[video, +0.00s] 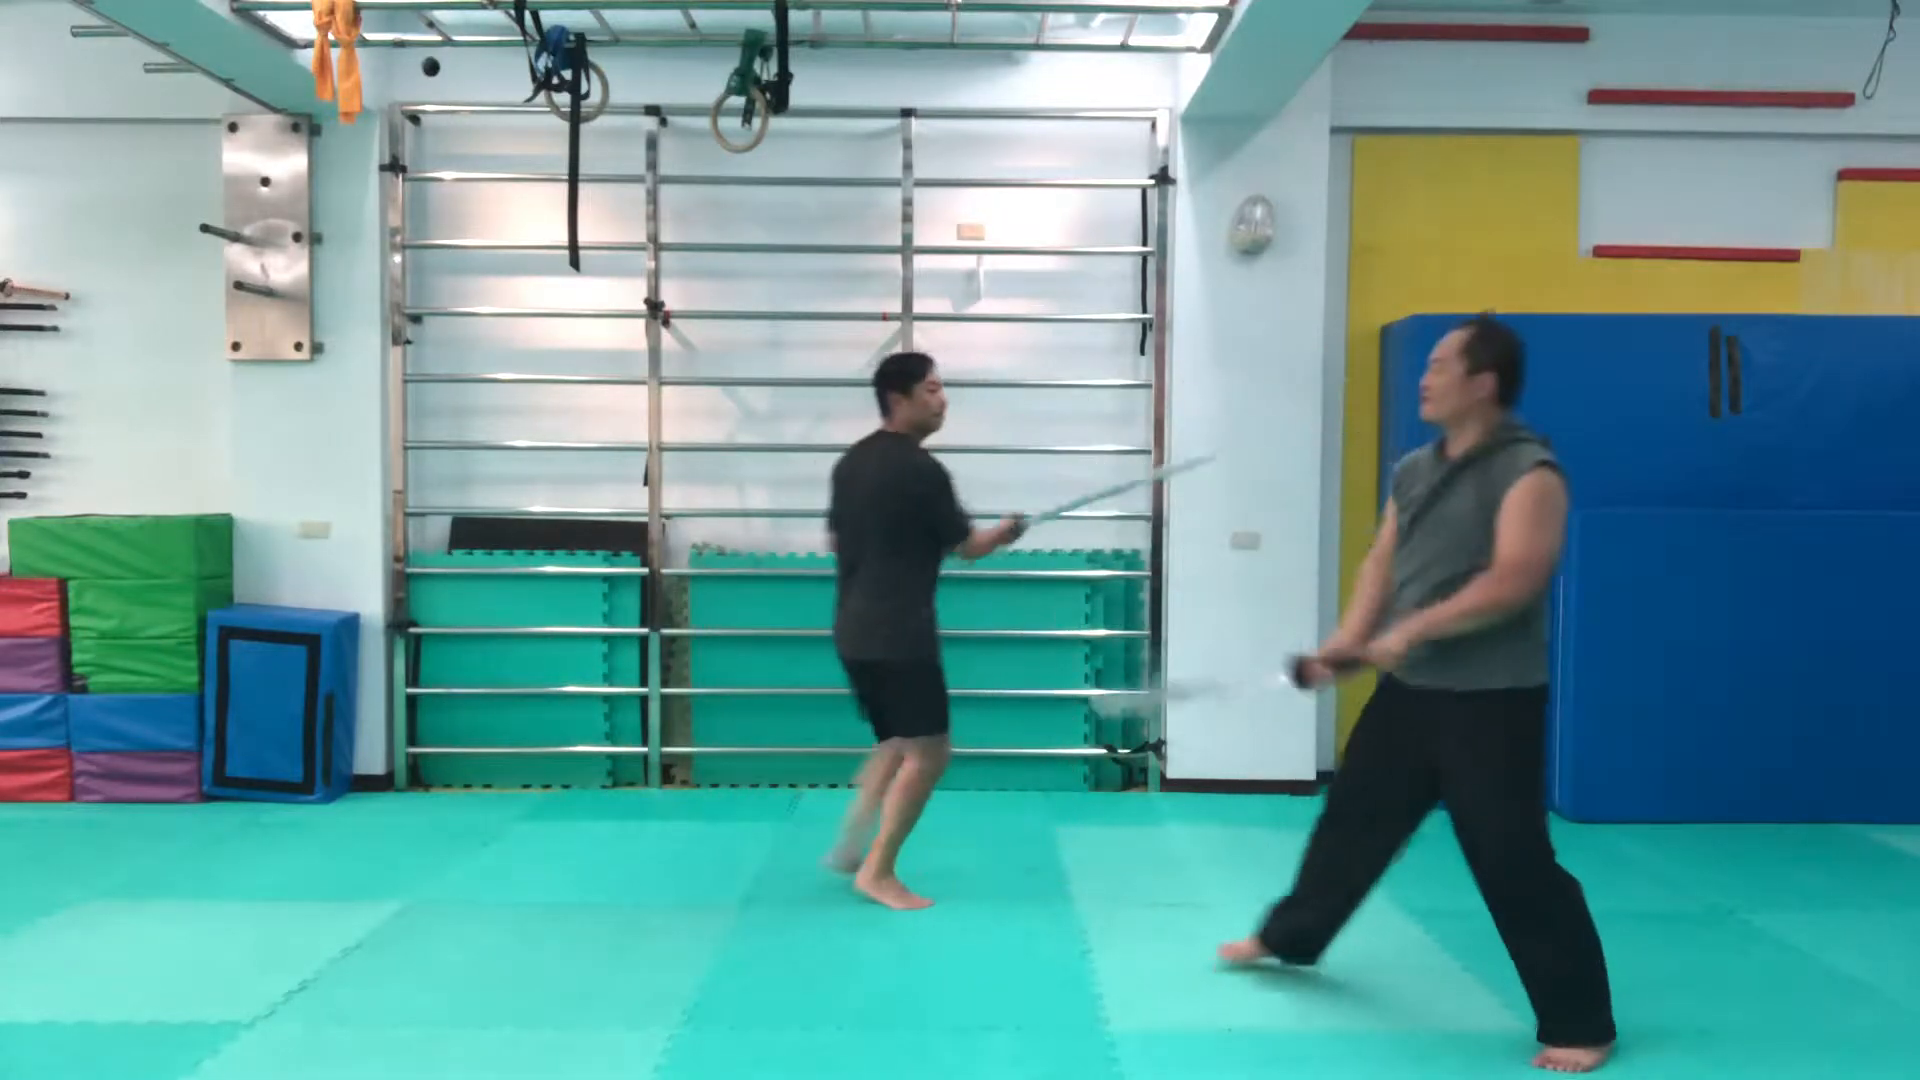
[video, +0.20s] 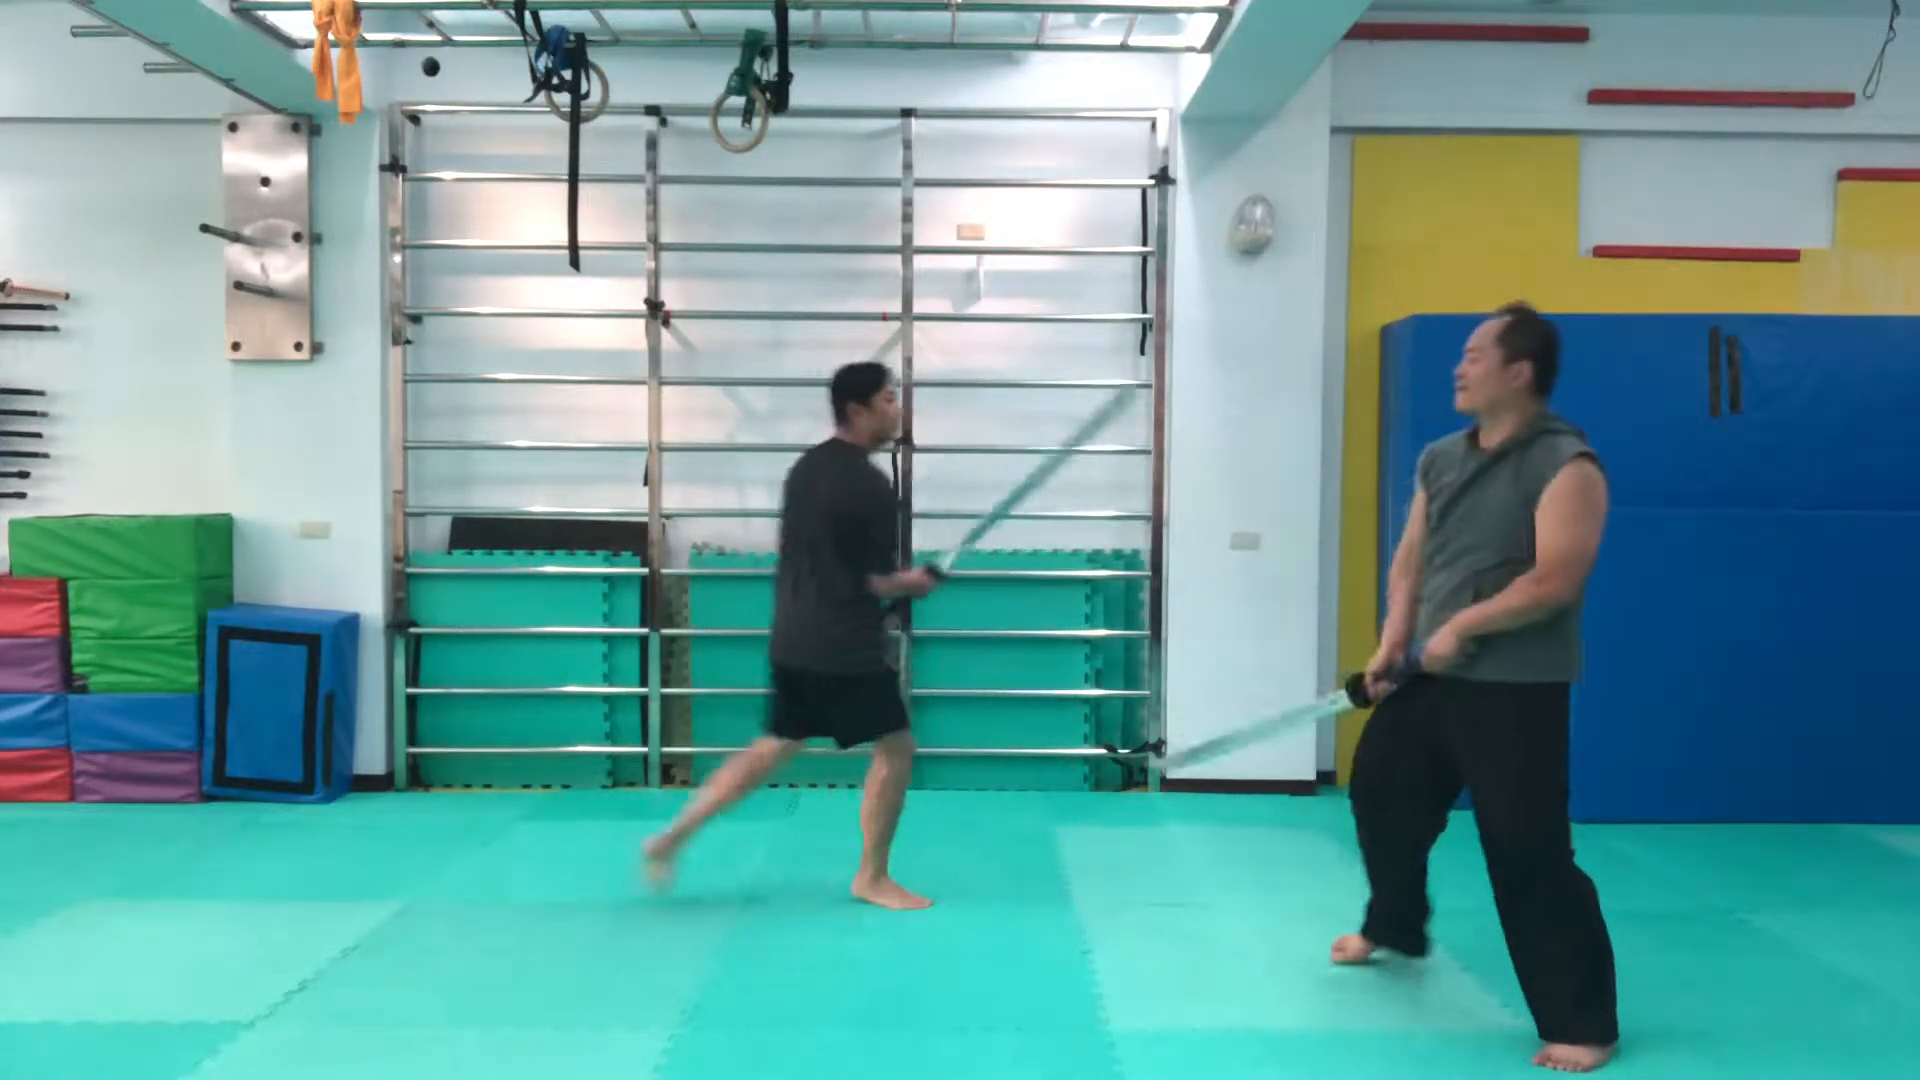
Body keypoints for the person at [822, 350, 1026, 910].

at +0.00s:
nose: (943, 398)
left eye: (940, 388)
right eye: (932, 391)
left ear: (894, 402)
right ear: (899, 400)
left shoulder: (851, 463)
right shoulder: (923, 469)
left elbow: (839, 542)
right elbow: (969, 546)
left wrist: (902, 536)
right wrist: (1006, 532)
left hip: (855, 633)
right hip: (903, 635)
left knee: (895, 743)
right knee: (930, 752)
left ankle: (847, 850)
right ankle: (877, 873)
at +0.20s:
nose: (899, 410)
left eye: (896, 399)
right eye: (890, 401)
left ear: (849, 412)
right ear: (858, 410)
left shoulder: (806, 469)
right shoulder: (870, 485)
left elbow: (800, 555)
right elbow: (865, 580)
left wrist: (886, 579)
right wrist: (908, 583)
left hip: (794, 645)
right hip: (847, 649)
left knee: (777, 743)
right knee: (895, 751)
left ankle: (669, 840)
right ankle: (872, 877)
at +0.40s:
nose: (823, 421)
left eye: (821, 411)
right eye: (813, 412)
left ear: (774, 422)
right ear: (781, 420)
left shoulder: (736, 477)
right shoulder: (779, 488)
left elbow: (734, 590)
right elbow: (782, 587)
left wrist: (799, 637)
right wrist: (843, 592)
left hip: (706, 656)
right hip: (757, 659)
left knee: (671, 769)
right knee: (831, 755)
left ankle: (599, 889)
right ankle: (865, 876)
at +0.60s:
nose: (768, 410)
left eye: (766, 399)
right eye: (757, 400)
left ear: (718, 411)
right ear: (722, 408)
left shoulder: (682, 467)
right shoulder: (723, 475)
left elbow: (686, 567)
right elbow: (729, 575)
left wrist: (749, 610)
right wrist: (797, 580)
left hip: (651, 647)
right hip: (701, 649)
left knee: (652, 764)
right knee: (779, 749)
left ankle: (594, 894)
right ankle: (758, 896)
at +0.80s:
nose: (758, 406)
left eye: (754, 395)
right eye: (746, 397)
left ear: (705, 409)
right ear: (711, 408)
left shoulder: (669, 460)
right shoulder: (712, 477)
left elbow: (674, 557)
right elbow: (731, 576)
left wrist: (748, 593)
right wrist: (808, 576)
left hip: (620, 648)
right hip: (671, 657)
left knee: (636, 763)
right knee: (717, 774)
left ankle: (592, 894)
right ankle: (682, 925)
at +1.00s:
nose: (748, 418)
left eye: (745, 407)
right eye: (736, 409)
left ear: (694, 420)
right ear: (699, 419)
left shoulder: (657, 471)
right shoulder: (693, 491)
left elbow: (663, 569)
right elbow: (723, 592)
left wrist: (734, 606)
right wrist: (799, 586)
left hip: (593, 650)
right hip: (643, 660)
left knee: (613, 760)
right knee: (711, 779)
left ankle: (520, 869)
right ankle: (681, 928)